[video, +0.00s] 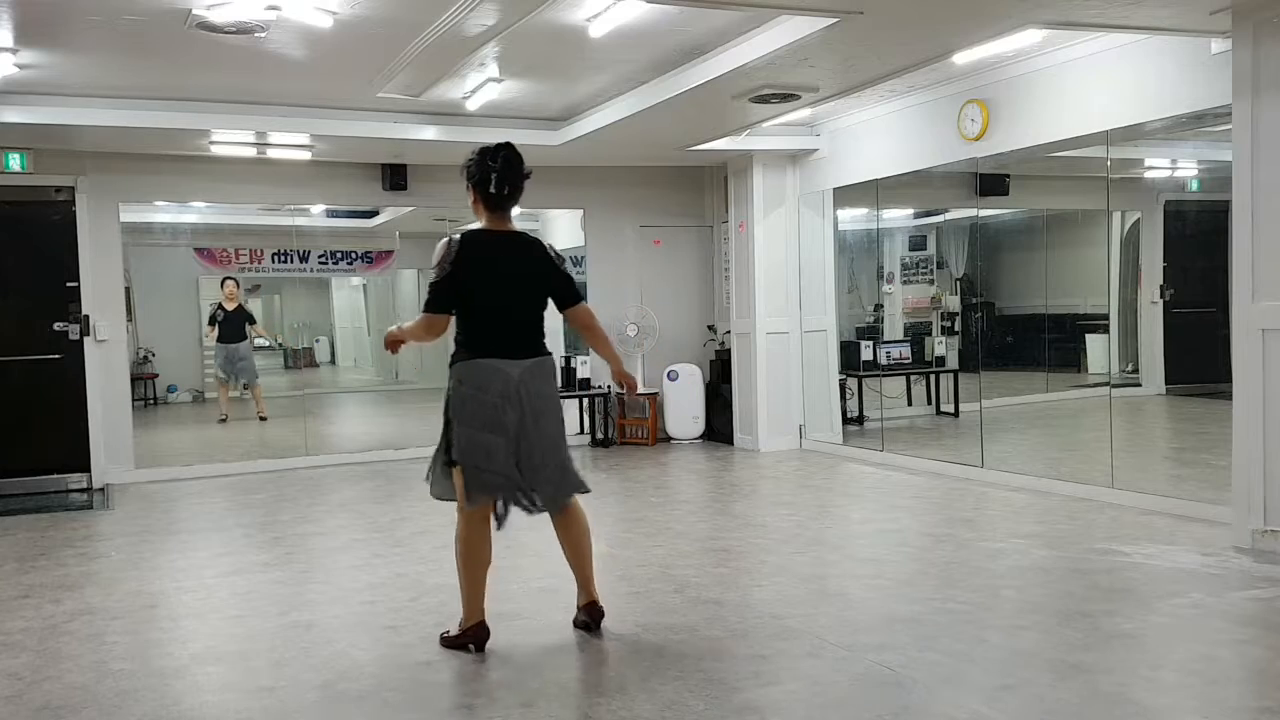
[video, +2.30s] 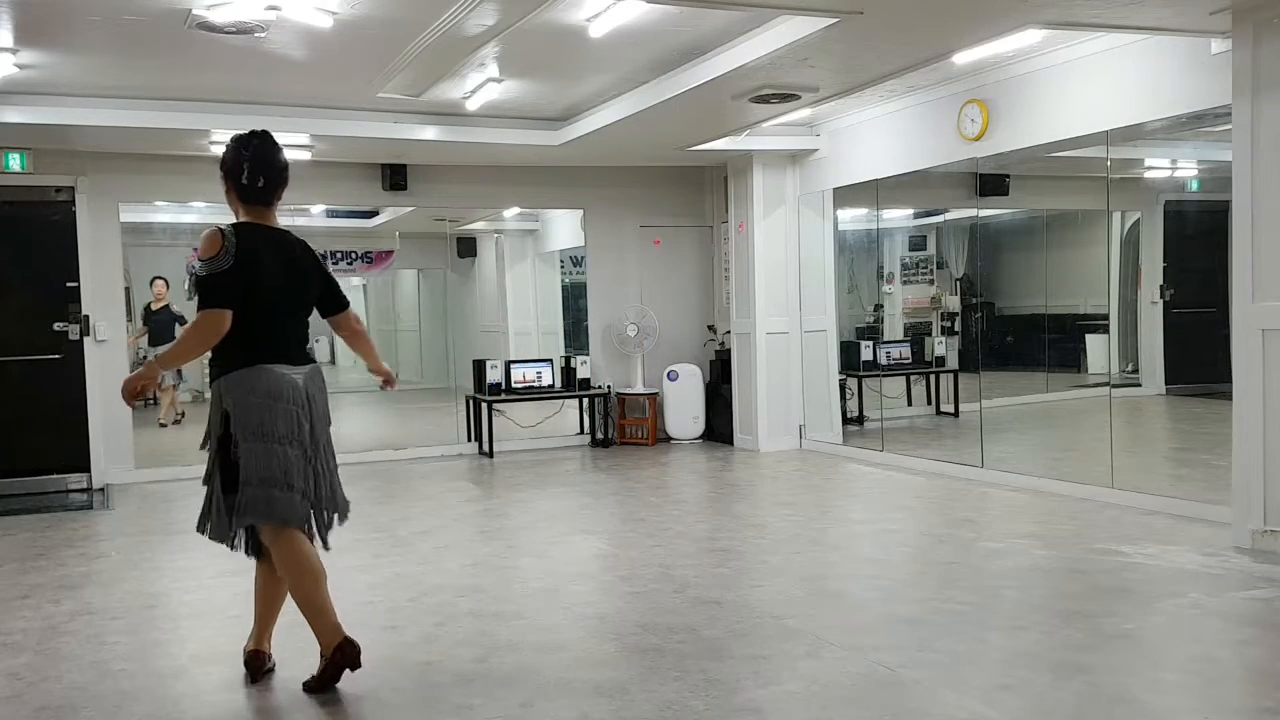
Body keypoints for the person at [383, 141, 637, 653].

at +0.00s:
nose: (469, 196)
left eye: (469, 190)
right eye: (471, 189)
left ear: (473, 194)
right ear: (519, 193)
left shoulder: (458, 249)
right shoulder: (539, 253)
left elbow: (435, 324)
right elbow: (581, 316)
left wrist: (404, 333)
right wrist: (617, 364)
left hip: (478, 381)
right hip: (537, 380)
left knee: (474, 500)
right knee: (560, 490)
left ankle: (473, 622)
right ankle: (590, 601)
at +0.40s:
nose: (428, 198)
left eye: (424, 191)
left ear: (424, 197)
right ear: (473, 195)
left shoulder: (408, 254)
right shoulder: (494, 252)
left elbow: (376, 320)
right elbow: (538, 320)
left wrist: (356, 358)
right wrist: (584, 371)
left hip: (430, 383)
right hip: (493, 382)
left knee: (448, 508)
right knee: (503, 500)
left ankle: (472, 623)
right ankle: (504, 612)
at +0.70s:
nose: (405, 201)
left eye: (400, 194)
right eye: (436, 191)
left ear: (399, 199)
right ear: (450, 196)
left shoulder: (382, 258)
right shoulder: (474, 254)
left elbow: (348, 332)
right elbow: (517, 323)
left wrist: (312, 394)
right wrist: (555, 373)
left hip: (401, 393)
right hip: (462, 392)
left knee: (442, 511)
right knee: (453, 517)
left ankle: (469, 621)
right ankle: (424, 643)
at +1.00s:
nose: (385, 195)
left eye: (376, 187)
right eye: (408, 186)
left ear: (373, 192)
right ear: (425, 190)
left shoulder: (354, 254)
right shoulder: (448, 249)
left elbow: (314, 326)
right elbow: (493, 319)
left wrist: (274, 391)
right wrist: (513, 367)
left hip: (375, 389)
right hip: (442, 385)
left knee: (392, 519)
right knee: (440, 522)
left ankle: (396, 636)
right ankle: (420, 655)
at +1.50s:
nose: (313, 188)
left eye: (307, 180)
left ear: (306, 186)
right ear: (362, 188)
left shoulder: (287, 248)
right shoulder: (381, 254)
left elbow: (247, 323)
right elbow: (434, 324)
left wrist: (209, 353)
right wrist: (484, 380)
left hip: (309, 392)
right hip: (375, 392)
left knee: (328, 529)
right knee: (383, 518)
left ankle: (350, 661)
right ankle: (405, 633)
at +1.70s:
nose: (281, 188)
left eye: (278, 181)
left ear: (281, 187)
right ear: (336, 187)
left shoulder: (267, 250)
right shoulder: (357, 252)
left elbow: (235, 328)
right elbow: (411, 323)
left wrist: (202, 358)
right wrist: (461, 380)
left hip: (299, 392)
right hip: (359, 390)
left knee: (320, 527)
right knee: (328, 520)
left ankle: (349, 660)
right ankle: (318, 638)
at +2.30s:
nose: (223, 188)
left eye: (223, 181)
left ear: (228, 186)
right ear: (282, 186)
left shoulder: (223, 243)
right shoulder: (301, 251)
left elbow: (215, 321)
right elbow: (347, 323)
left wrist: (155, 369)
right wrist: (376, 364)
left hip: (252, 385)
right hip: (306, 383)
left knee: (277, 519)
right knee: (278, 521)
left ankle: (334, 641)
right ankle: (260, 645)